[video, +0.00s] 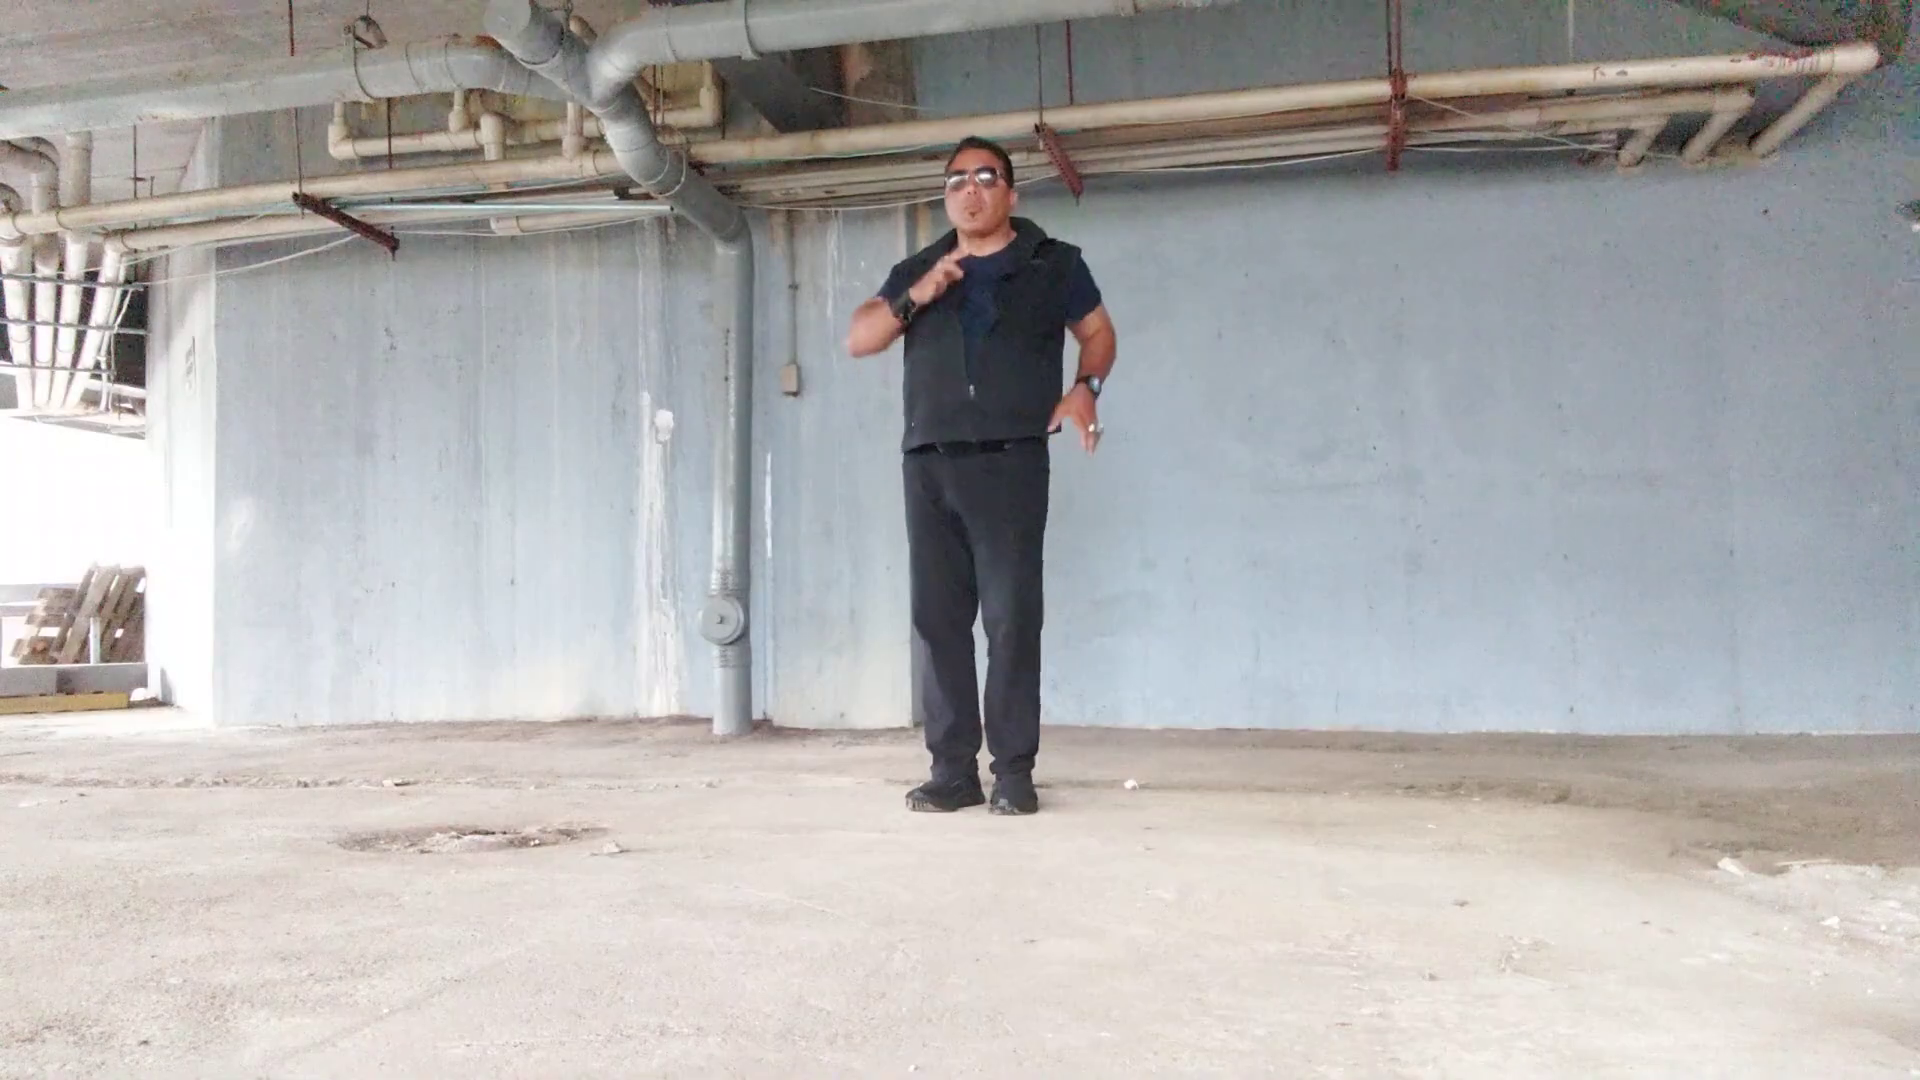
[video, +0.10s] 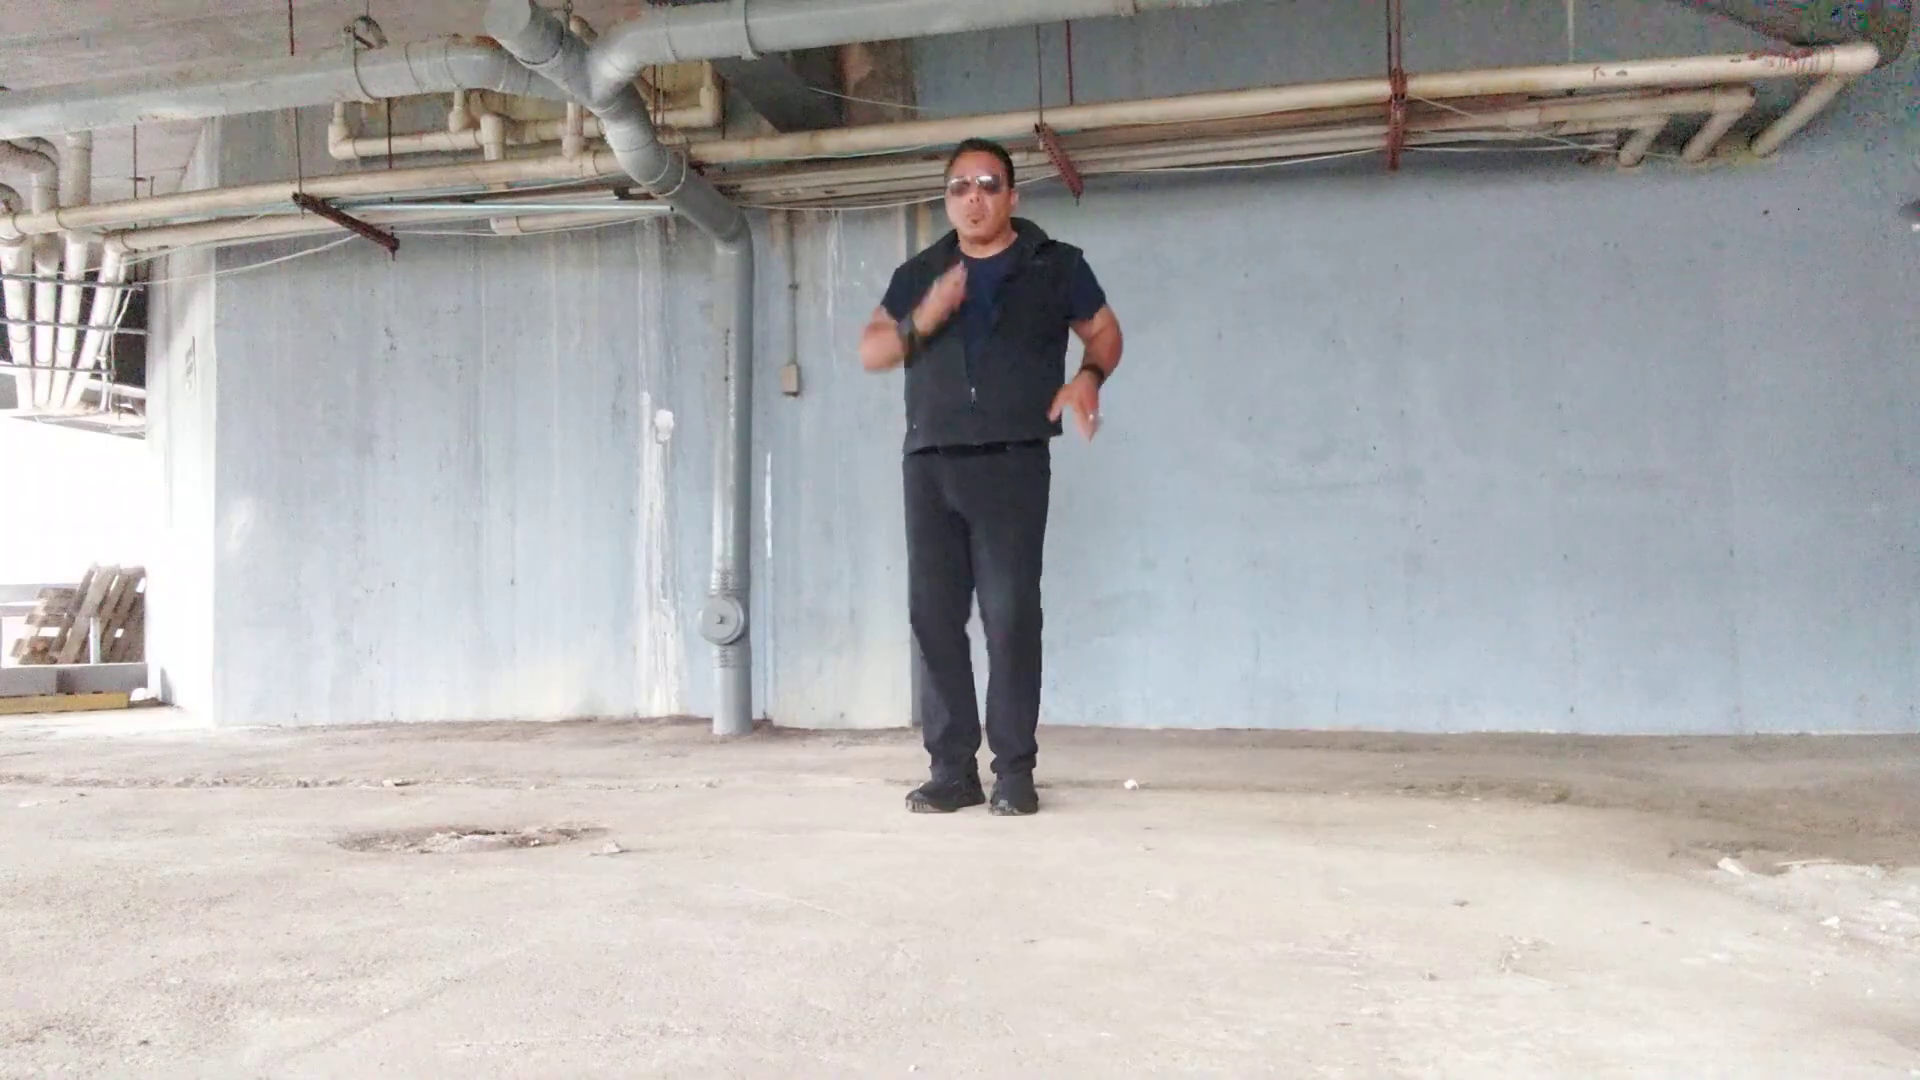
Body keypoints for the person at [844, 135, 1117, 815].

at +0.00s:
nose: (971, 188)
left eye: (985, 178)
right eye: (958, 180)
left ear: (1011, 194)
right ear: (945, 198)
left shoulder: (1053, 262)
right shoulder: (922, 268)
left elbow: (1097, 333)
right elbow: (858, 340)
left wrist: (1086, 386)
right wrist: (913, 297)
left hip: (1009, 461)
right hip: (929, 463)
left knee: (1009, 617)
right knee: (938, 619)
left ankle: (1012, 771)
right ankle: (952, 770)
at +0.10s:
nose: (974, 196)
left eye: (988, 185)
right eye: (961, 186)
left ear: (1011, 197)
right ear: (946, 199)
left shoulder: (1056, 265)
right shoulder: (920, 272)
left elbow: (1105, 334)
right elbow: (871, 352)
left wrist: (1088, 377)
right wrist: (924, 318)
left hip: (1012, 465)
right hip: (930, 466)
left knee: (1010, 618)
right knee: (933, 618)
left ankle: (1014, 771)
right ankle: (953, 771)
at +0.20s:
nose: (996, 211)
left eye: (1008, 199)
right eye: (981, 200)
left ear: (1021, 203)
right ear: (955, 204)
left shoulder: (1059, 274)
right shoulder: (918, 274)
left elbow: (1114, 356)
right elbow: (884, 363)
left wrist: (1070, 360)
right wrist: (910, 375)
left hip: (1018, 474)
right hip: (932, 476)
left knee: (1019, 624)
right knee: (918, 614)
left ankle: (1014, 771)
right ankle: (946, 759)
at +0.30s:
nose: (1030, 232)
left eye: (1037, 218)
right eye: (1017, 218)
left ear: (1042, 217)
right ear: (977, 212)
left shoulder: (1047, 282)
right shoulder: (916, 273)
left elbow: (1109, 346)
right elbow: (869, 344)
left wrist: (1029, 323)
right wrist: (892, 397)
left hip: (1026, 478)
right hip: (940, 477)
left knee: (1029, 628)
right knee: (911, 611)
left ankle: (1014, 772)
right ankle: (931, 743)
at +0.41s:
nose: (1033, 237)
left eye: (1039, 224)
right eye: (1020, 223)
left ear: (1042, 220)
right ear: (976, 216)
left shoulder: (1044, 282)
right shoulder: (915, 274)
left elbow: (1102, 337)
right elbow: (854, 332)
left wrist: (1017, 310)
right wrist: (880, 398)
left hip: (1027, 481)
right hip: (941, 482)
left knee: (1034, 625)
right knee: (929, 625)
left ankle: (1012, 769)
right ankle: (915, 764)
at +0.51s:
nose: (1029, 238)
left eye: (1035, 225)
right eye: (1016, 225)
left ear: (1039, 221)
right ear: (973, 219)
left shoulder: (1044, 284)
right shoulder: (916, 279)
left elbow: (1101, 343)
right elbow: (853, 340)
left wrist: (1018, 318)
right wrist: (878, 408)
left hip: (1025, 485)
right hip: (937, 485)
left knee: (1031, 622)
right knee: (927, 626)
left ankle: (1007, 768)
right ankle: (917, 764)